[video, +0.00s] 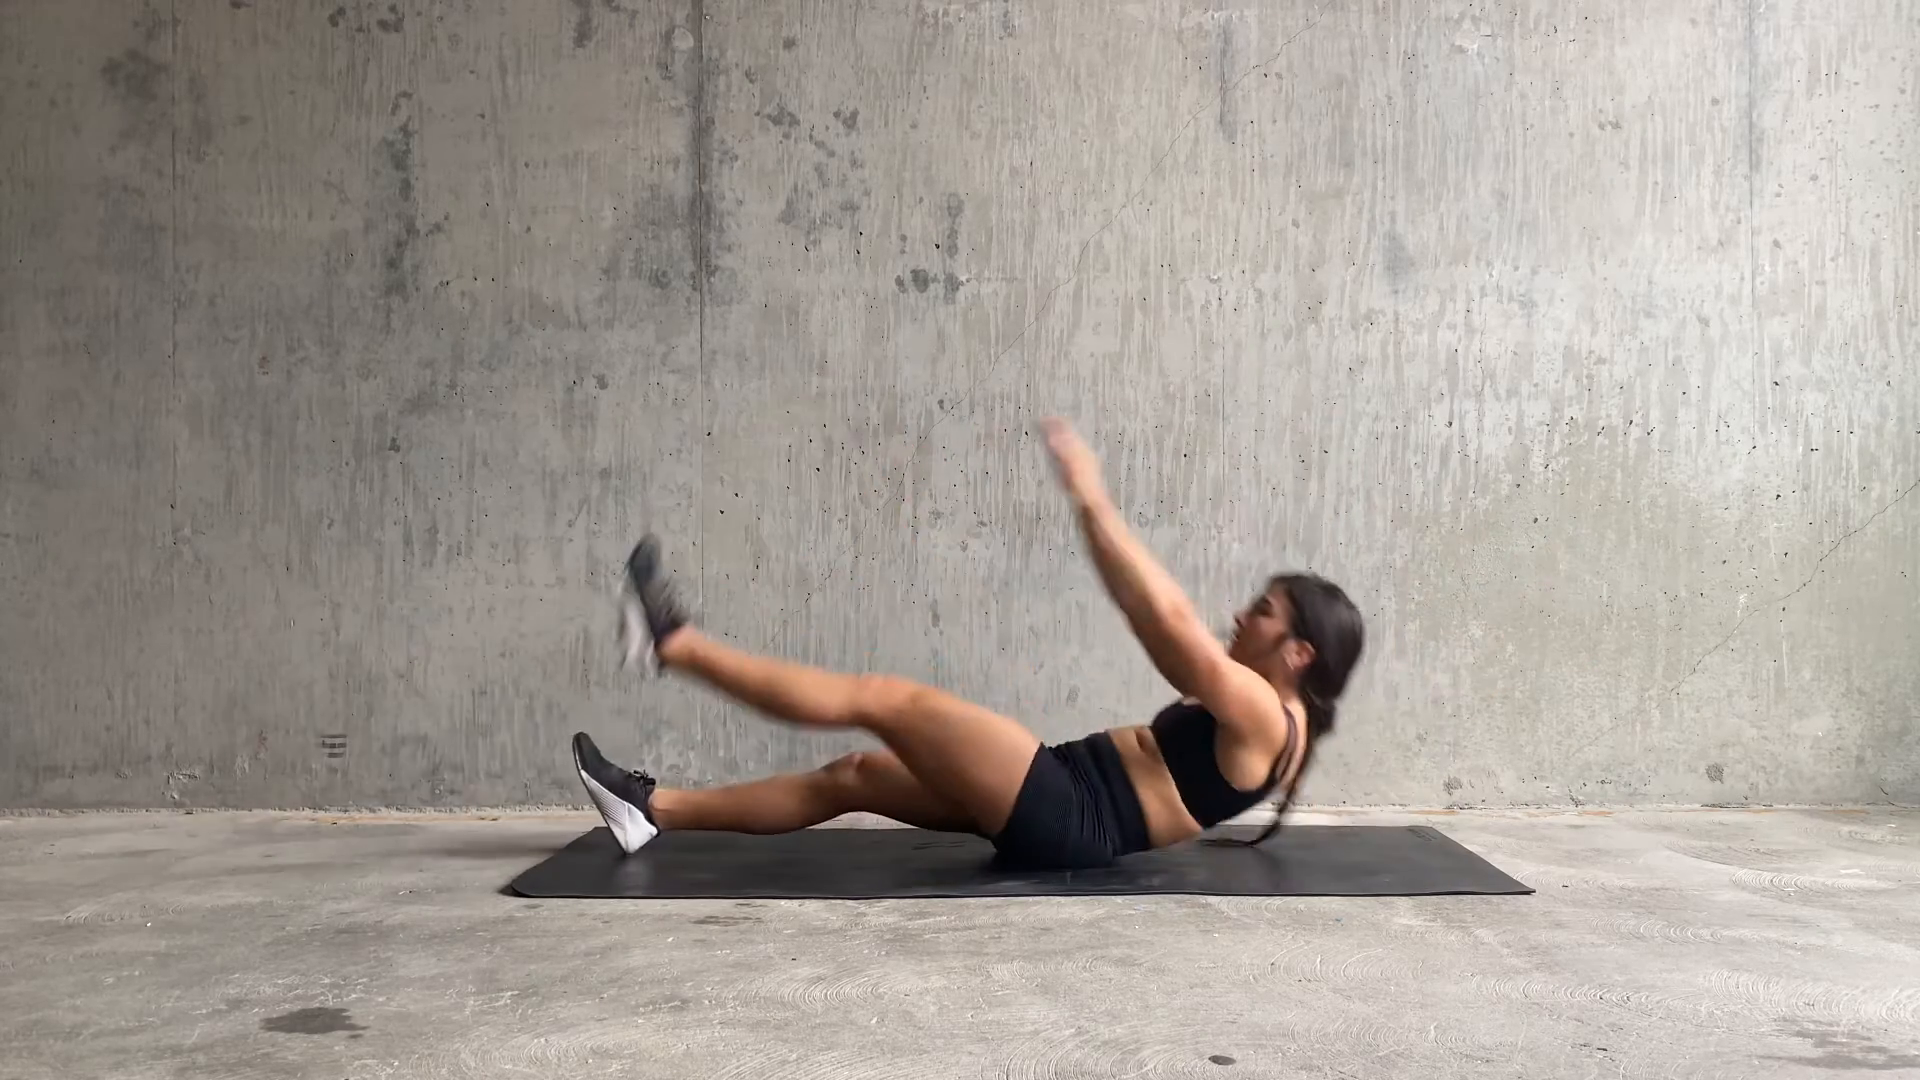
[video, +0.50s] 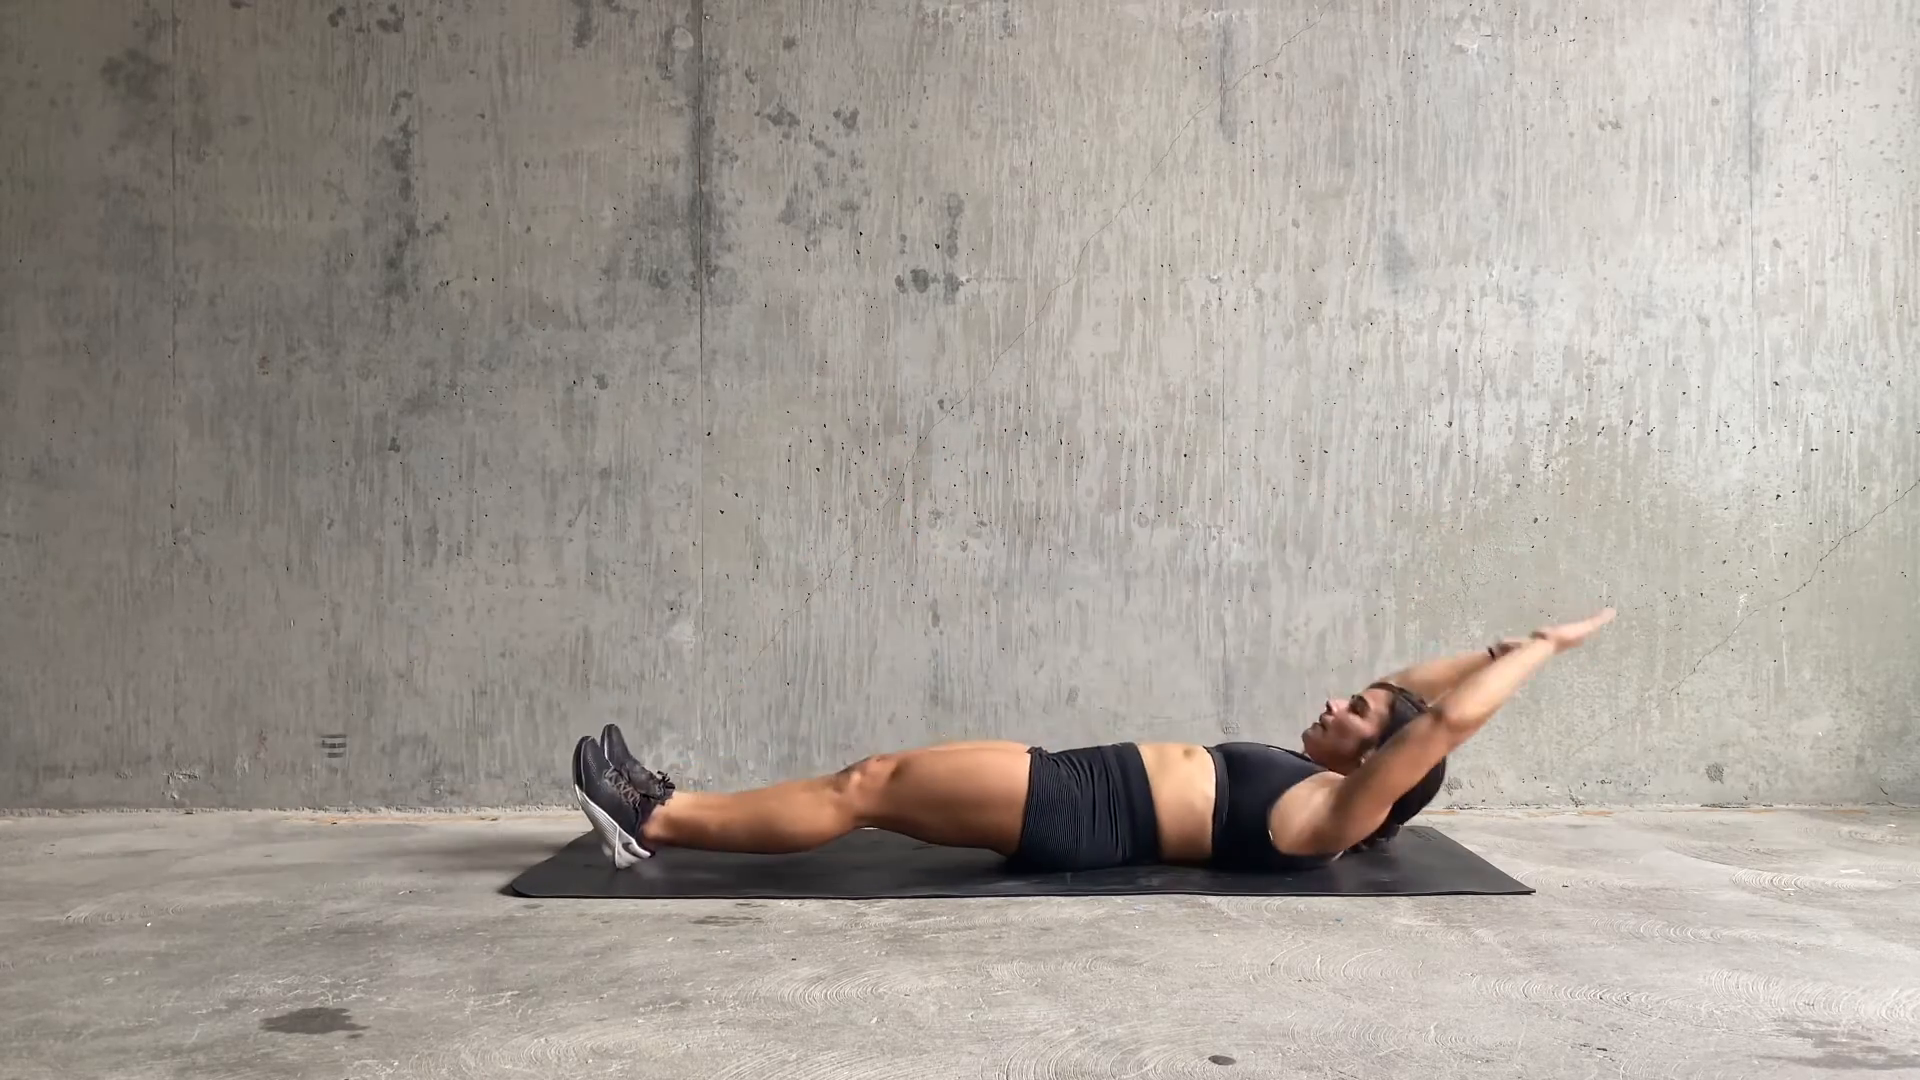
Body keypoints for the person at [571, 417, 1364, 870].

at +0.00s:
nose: (1238, 627)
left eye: (1259, 624)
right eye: (1250, 615)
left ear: (1300, 656)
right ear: (1296, 658)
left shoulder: (1261, 710)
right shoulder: (1260, 713)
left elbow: (1161, 621)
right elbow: (1164, 621)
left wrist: (1093, 503)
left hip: (1072, 810)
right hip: (1061, 800)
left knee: (886, 703)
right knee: (857, 776)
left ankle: (678, 646)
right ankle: (654, 809)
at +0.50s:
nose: (1344, 707)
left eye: (1366, 711)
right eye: (1359, 699)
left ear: (1380, 757)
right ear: (1352, 727)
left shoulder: (1325, 818)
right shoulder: (1313, 781)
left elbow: (1441, 727)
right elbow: (1422, 707)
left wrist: (1541, 650)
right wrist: (1512, 646)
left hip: (1088, 806)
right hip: (1091, 784)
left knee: (872, 786)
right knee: (875, 781)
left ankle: (662, 822)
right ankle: (671, 820)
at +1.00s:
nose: (1175, 567)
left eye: (1193, 562)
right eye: (1190, 556)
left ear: (1229, 594)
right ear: (1237, 598)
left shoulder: (1189, 654)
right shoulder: (1226, 660)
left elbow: (1053, 581)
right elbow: (1073, 645)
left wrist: (956, 498)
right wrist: (995, 619)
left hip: (1059, 812)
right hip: (1058, 768)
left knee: (843, 772)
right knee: (952, 613)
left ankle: (627, 823)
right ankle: (814, 473)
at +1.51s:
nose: (1243, 620)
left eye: (1263, 619)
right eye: (1255, 610)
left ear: (1298, 654)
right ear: (1290, 647)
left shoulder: (1258, 706)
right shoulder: (1242, 697)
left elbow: (1151, 615)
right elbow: (1119, 627)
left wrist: (1067, 504)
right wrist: (1041, 529)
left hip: (1068, 812)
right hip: (1066, 773)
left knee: (852, 790)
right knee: (893, 674)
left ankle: (635, 827)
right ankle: (701, 610)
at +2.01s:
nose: (1338, 702)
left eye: (1358, 700)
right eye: (1352, 691)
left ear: (1380, 745)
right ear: (1361, 730)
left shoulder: (1324, 815)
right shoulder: (1313, 791)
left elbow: (1426, 708)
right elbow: (1410, 702)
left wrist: (1518, 628)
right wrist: (1500, 632)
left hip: (1089, 807)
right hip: (1089, 782)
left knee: (874, 785)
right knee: (874, 774)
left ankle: (659, 825)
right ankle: (668, 816)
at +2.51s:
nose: (1163, 554)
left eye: (1182, 549)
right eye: (1174, 542)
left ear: (1222, 582)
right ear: (1213, 577)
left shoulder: (1196, 662)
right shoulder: (1177, 634)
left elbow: (1051, 636)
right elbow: (1048, 582)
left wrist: (922, 581)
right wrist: (949, 505)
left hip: (1066, 815)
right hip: (1050, 791)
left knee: (957, 614)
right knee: (849, 761)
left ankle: (826, 455)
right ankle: (653, 807)